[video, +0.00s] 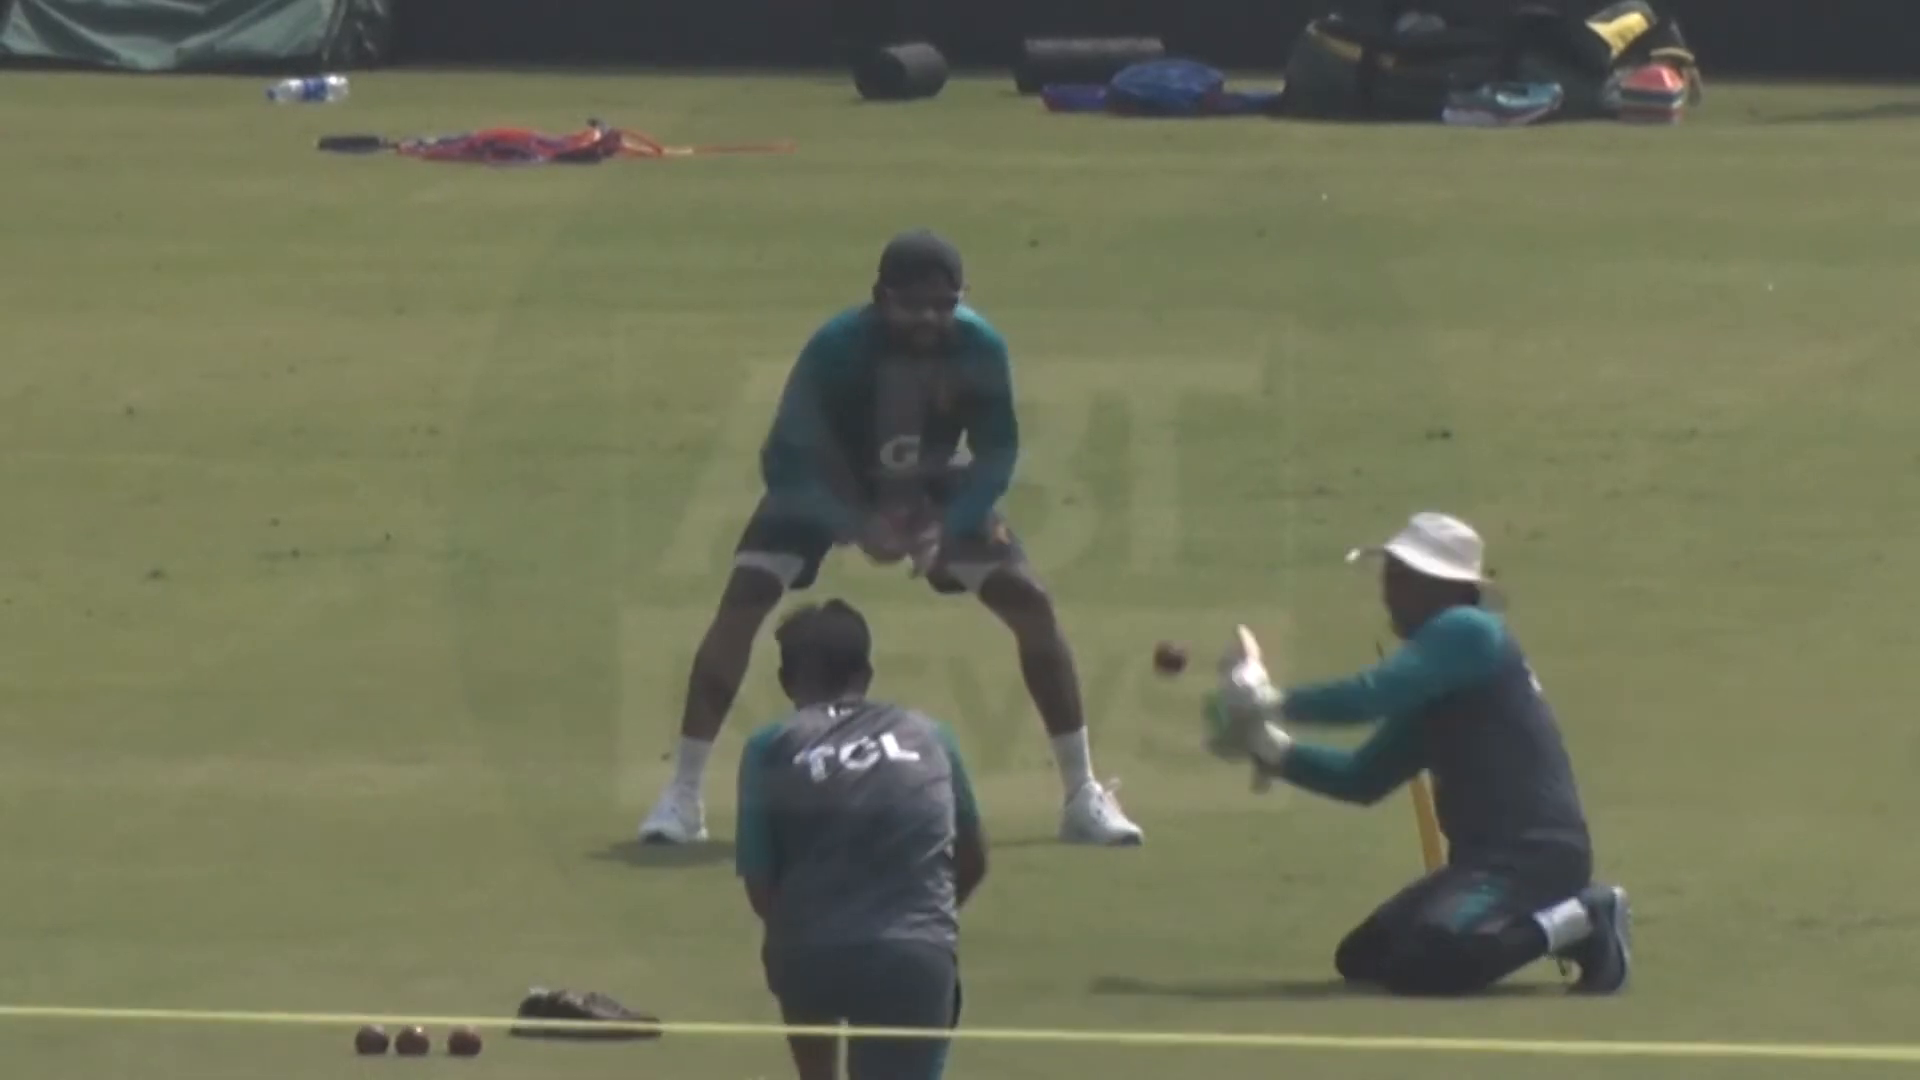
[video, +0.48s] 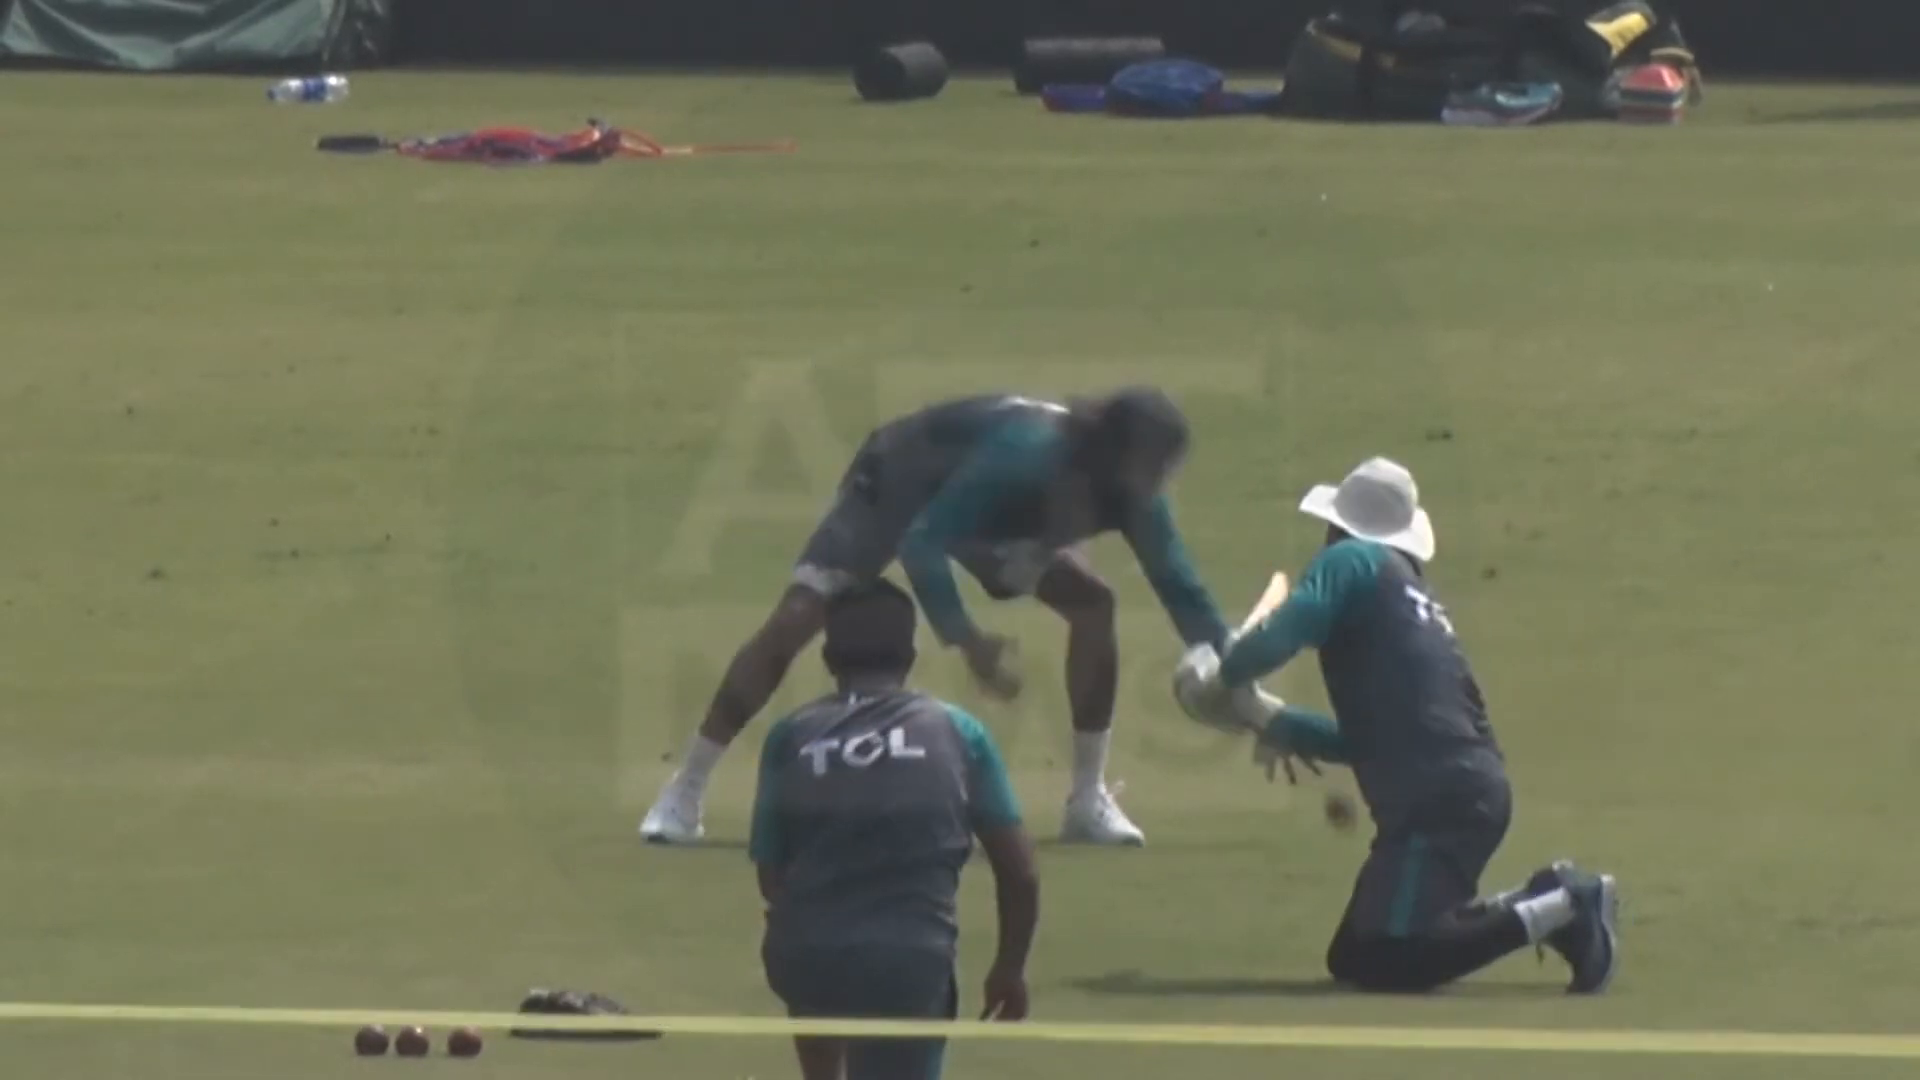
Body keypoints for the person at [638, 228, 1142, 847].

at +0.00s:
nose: (927, 321)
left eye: (940, 307)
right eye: (912, 307)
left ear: (958, 301)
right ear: (882, 299)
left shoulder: (981, 351)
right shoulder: (836, 347)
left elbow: (997, 452)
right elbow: (788, 462)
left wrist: (949, 523)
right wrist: (857, 525)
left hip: (932, 496)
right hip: (829, 491)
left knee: (1031, 607)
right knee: (744, 601)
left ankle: (1085, 795)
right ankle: (683, 794)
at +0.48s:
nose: (1156, 488)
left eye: (1161, 476)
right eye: (1148, 473)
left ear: (1150, 462)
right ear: (1108, 457)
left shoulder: (1132, 486)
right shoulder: (1020, 453)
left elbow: (1181, 586)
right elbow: (920, 544)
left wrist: (1246, 689)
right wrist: (971, 643)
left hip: (987, 508)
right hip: (895, 484)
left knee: (1095, 603)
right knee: (795, 620)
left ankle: (1088, 797)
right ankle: (686, 789)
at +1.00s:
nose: (1275, 354)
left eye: (1278, 341)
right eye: (1280, 341)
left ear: (1228, 299)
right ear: (1267, 336)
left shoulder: (1171, 326)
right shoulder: (1202, 357)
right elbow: (1147, 480)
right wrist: (1158, 599)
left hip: (1035, 458)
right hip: (972, 441)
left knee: (1114, 599)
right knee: (922, 621)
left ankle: (1088, 798)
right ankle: (760, 771)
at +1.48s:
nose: (1172, 249)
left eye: (1175, 235)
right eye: (1170, 233)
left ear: (1118, 219)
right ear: (1142, 229)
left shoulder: (1088, 288)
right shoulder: (1065, 272)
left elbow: (1037, 402)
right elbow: (1005, 392)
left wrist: (1053, 498)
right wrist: (1036, 502)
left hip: (984, 438)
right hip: (913, 428)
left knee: (1070, 600)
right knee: (884, 603)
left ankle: (1085, 796)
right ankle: (799, 758)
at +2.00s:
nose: (948, 233)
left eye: (963, 218)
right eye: (933, 218)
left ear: (982, 218)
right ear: (903, 214)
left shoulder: (1004, 277)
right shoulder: (856, 288)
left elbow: (1027, 383)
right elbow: (804, 405)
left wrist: (1058, 487)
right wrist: (837, 505)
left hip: (959, 451)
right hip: (863, 461)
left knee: (1054, 586)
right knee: (817, 615)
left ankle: (1131, 778)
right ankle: (799, 792)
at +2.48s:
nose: (1018, 205)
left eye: (1033, 190)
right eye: (1003, 189)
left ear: (1056, 187)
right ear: (977, 184)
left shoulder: (1082, 257)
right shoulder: (929, 260)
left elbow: (1110, 355)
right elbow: (889, 378)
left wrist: (1115, 453)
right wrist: (918, 468)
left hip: (1038, 455)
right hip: (934, 455)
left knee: (1112, 608)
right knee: (854, 613)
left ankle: (1159, 797)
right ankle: (773, 779)